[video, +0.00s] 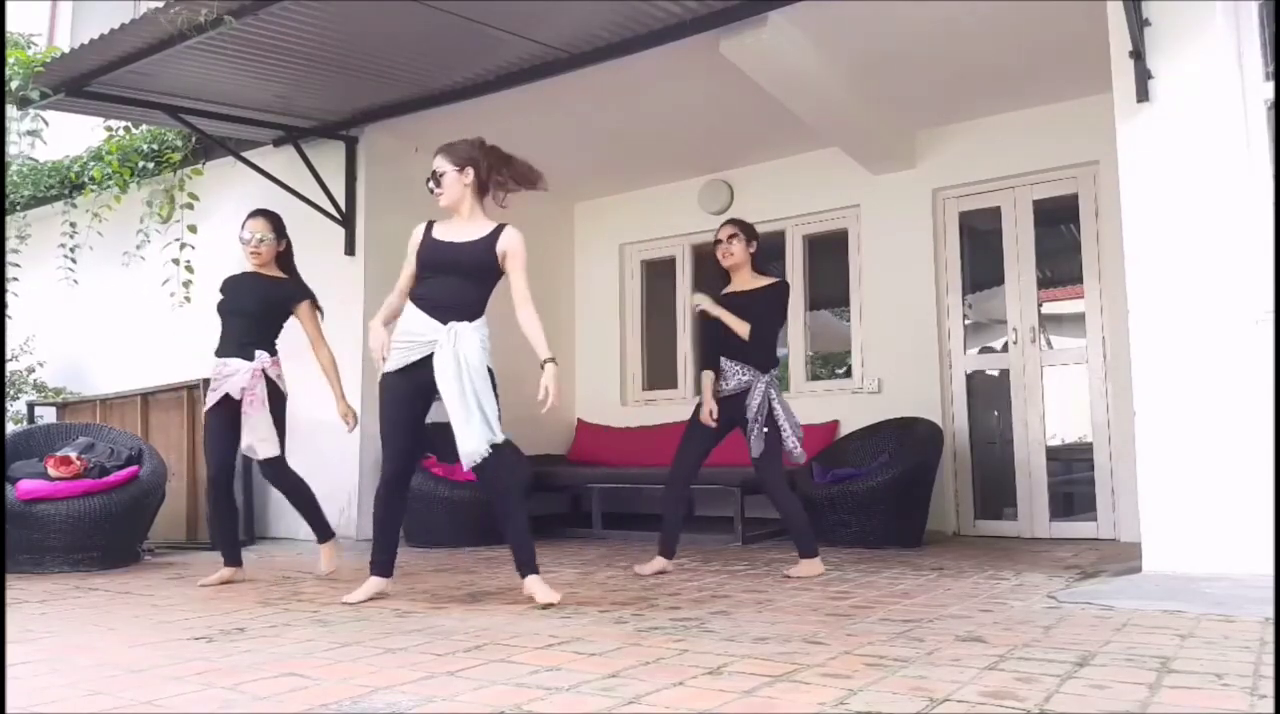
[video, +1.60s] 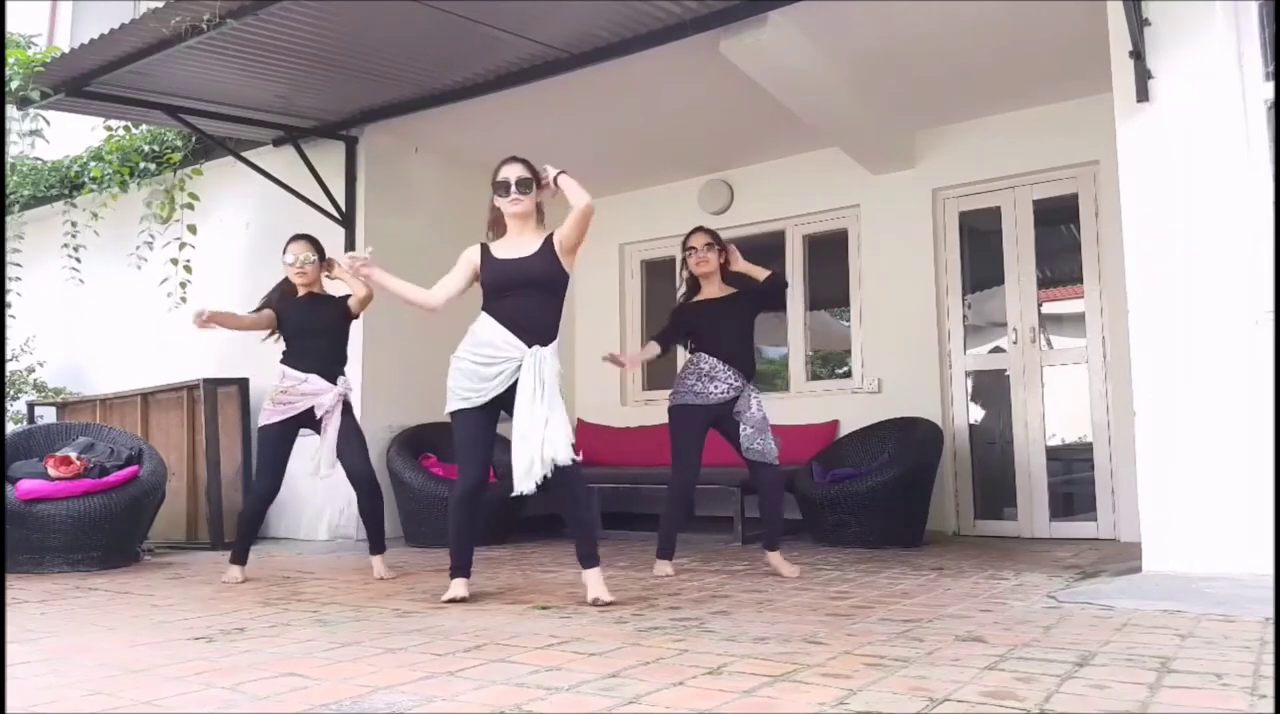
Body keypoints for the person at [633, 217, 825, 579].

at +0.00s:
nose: (723, 248)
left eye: (731, 240)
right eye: (719, 243)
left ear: (751, 246)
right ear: (717, 253)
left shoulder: (775, 288)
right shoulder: (720, 297)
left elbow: (761, 337)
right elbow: (710, 349)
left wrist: (718, 311)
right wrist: (707, 393)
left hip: (756, 391)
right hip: (720, 392)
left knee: (771, 478)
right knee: (681, 471)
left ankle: (810, 559)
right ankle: (665, 556)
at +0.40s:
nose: (708, 250)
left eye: (714, 244)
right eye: (700, 247)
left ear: (728, 251)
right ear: (693, 258)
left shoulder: (751, 293)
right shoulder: (693, 308)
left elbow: (787, 302)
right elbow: (680, 351)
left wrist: (746, 280)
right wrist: (656, 383)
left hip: (742, 393)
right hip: (697, 395)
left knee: (760, 476)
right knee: (692, 476)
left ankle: (785, 548)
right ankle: (674, 555)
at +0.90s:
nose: (741, 252)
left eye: (749, 246)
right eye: (734, 247)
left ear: (761, 255)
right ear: (726, 255)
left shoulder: (769, 302)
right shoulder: (709, 300)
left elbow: (802, 297)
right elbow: (696, 341)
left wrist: (774, 266)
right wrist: (692, 372)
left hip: (758, 393)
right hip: (715, 391)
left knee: (774, 475)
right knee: (689, 473)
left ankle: (801, 557)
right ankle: (683, 556)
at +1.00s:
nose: (753, 255)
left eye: (761, 249)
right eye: (746, 249)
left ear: (771, 258)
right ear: (736, 257)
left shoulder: (775, 302)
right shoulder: (717, 298)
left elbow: (802, 293)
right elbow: (713, 329)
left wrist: (784, 269)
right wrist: (720, 340)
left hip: (766, 391)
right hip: (727, 391)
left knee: (773, 474)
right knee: (685, 472)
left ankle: (802, 558)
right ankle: (691, 554)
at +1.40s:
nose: (728, 252)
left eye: (735, 246)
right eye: (720, 246)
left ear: (746, 254)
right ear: (711, 256)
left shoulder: (762, 291)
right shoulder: (707, 306)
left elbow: (784, 279)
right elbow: (709, 343)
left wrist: (753, 258)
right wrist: (707, 365)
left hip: (751, 389)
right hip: (713, 389)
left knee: (764, 475)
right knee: (681, 470)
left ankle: (799, 550)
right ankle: (682, 555)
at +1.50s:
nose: (713, 254)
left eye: (720, 248)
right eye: (705, 249)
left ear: (731, 255)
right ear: (696, 259)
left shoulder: (751, 293)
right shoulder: (692, 306)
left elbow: (782, 290)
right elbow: (688, 349)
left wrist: (744, 264)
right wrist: (674, 383)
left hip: (743, 393)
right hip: (697, 393)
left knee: (761, 474)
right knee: (682, 475)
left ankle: (789, 548)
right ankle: (666, 558)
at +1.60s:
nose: (700, 255)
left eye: (707, 248)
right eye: (692, 251)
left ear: (721, 254)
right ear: (687, 261)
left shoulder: (745, 294)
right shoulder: (687, 308)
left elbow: (781, 290)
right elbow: (663, 341)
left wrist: (742, 265)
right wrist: (635, 358)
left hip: (737, 397)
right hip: (692, 397)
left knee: (769, 467)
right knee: (683, 476)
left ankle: (772, 550)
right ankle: (664, 558)